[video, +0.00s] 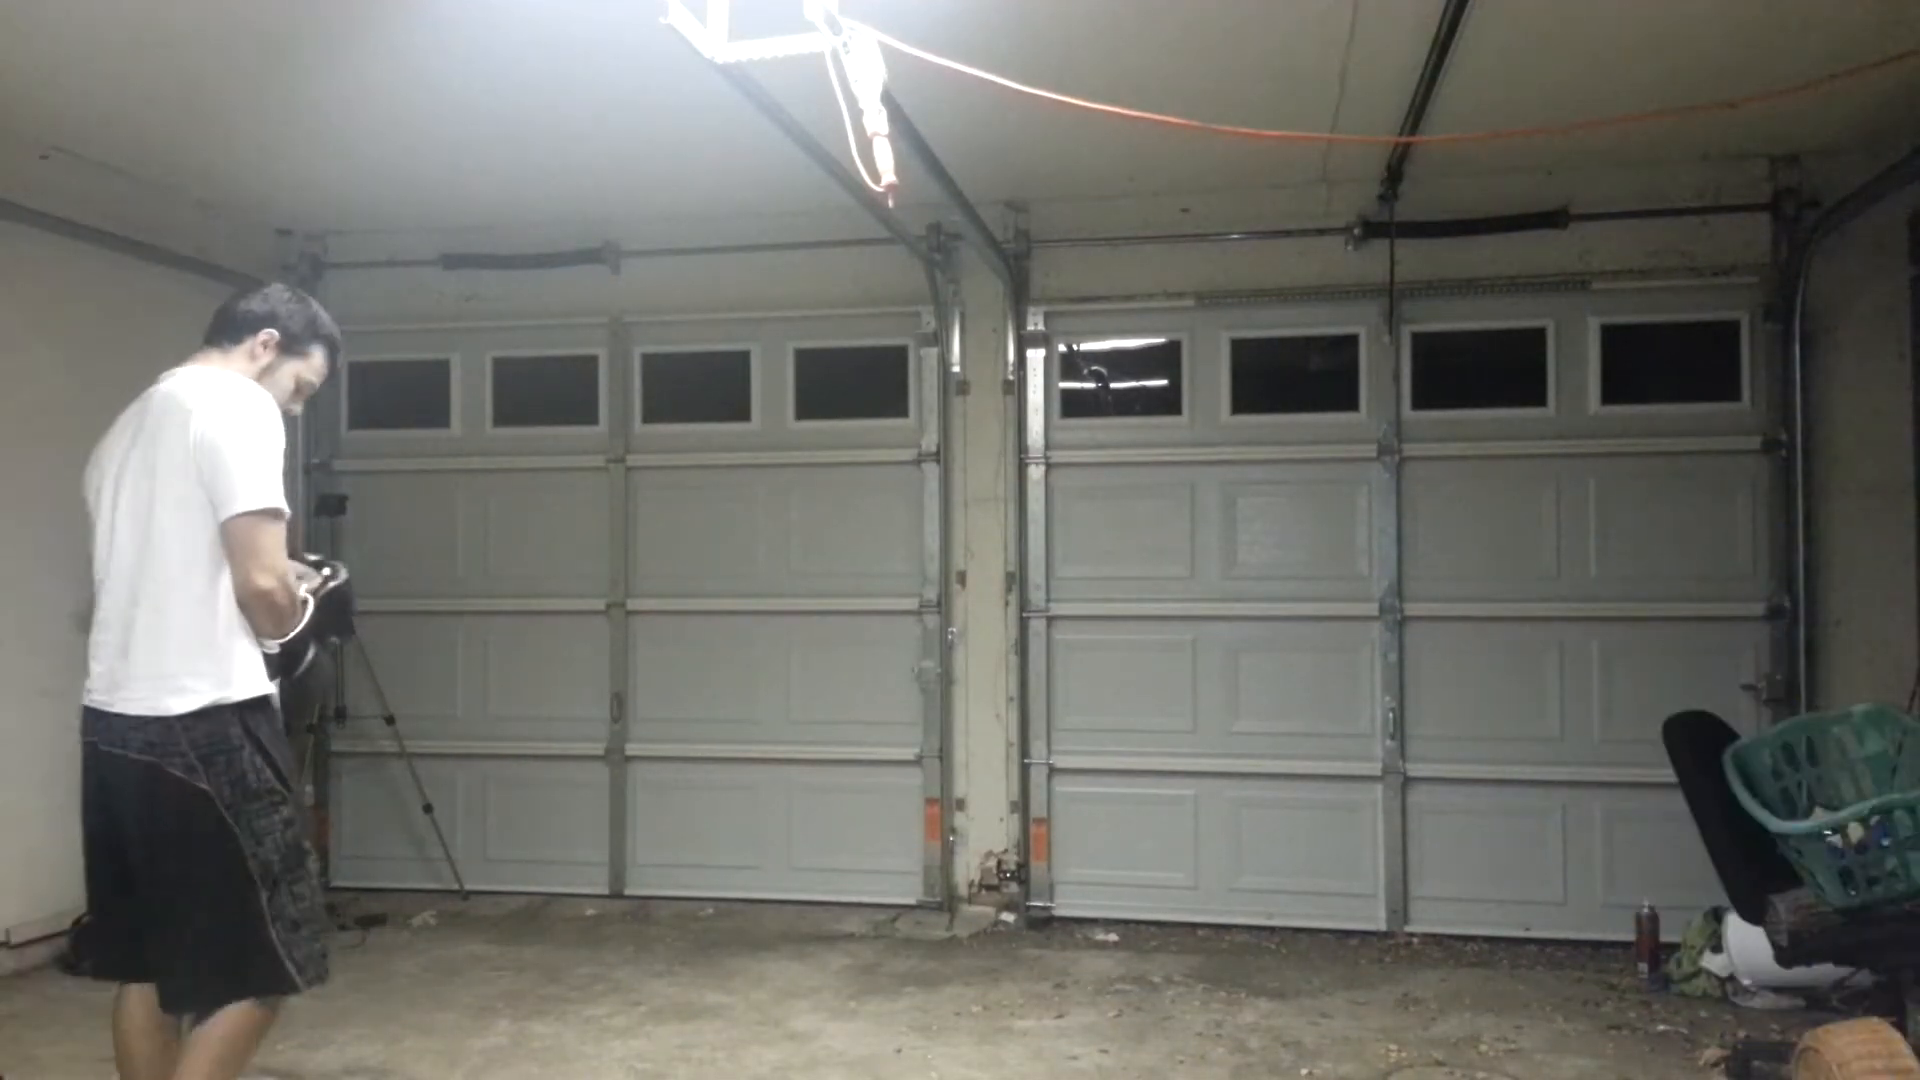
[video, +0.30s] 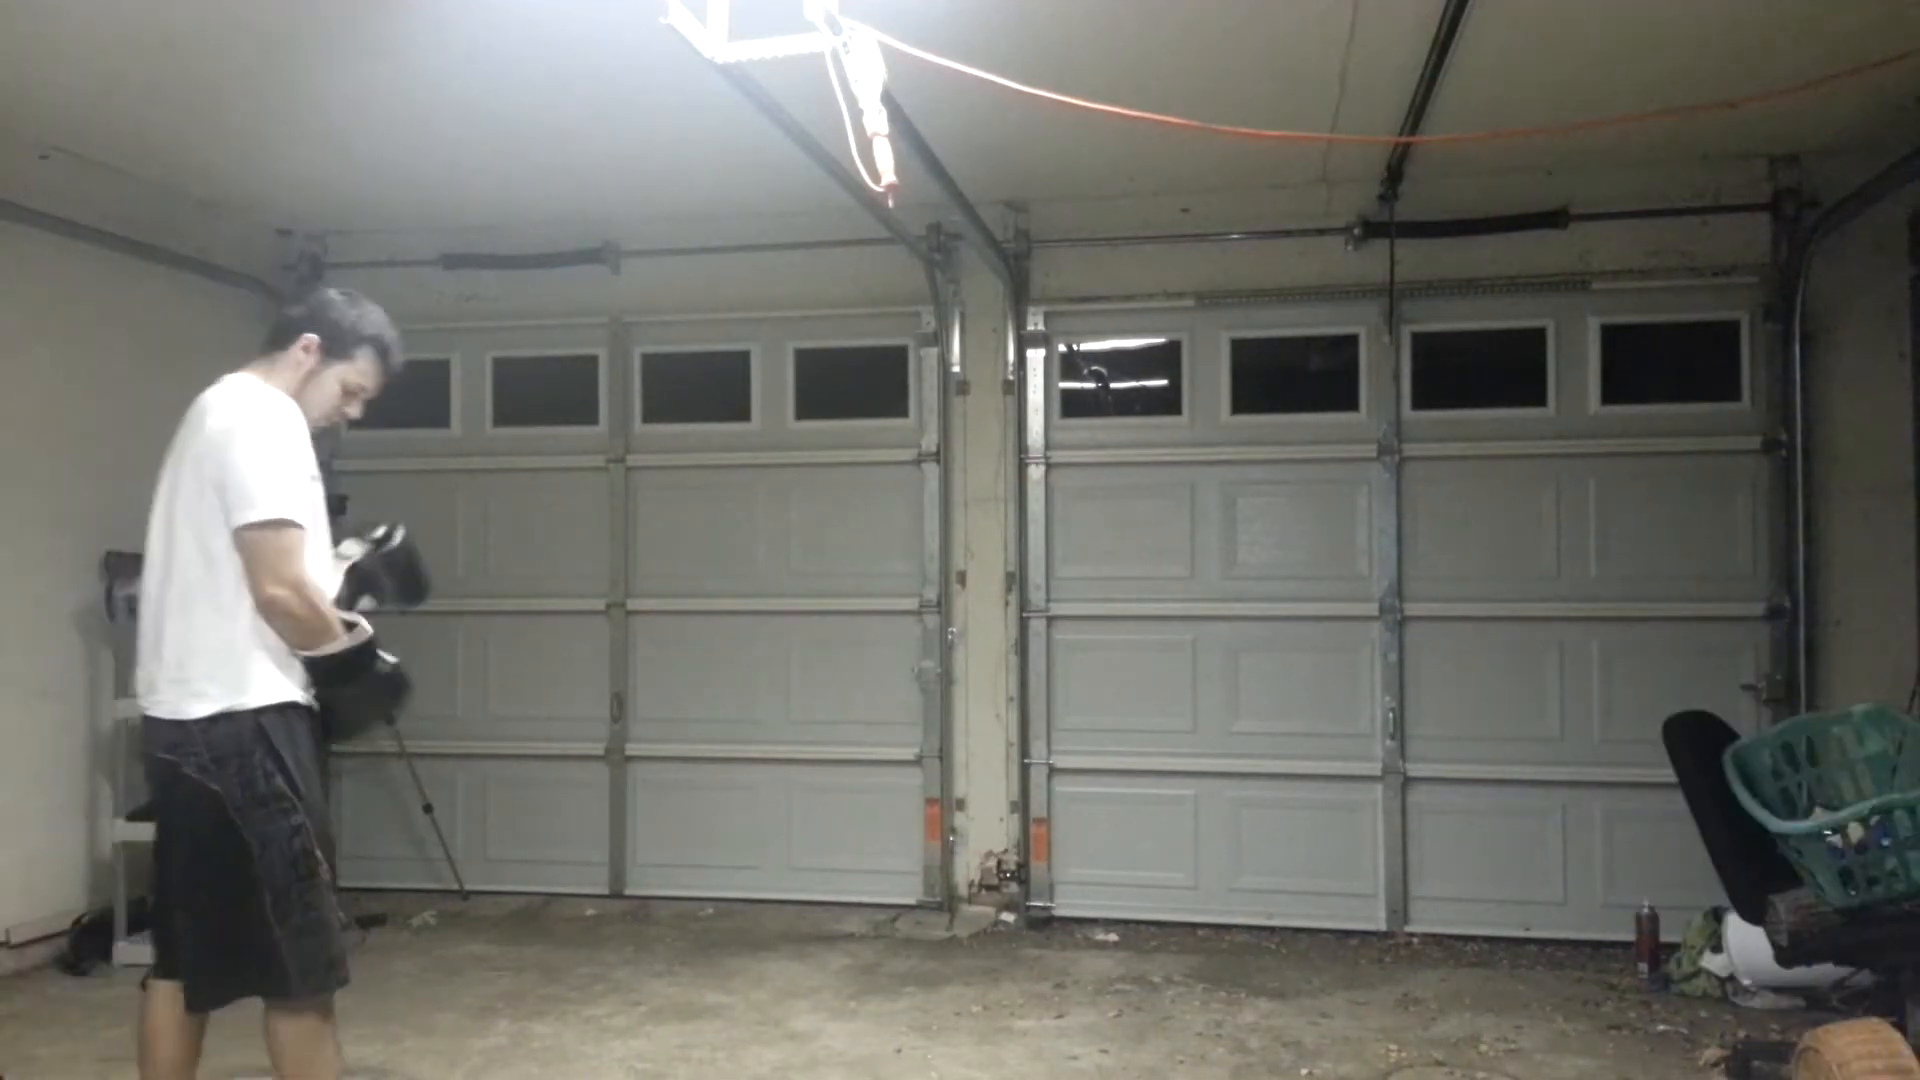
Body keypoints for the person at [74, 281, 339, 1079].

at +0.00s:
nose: (294, 408)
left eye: (306, 394)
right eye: (300, 387)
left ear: (232, 342)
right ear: (265, 344)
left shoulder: (120, 430)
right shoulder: (236, 403)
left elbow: (128, 574)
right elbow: (264, 584)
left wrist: (272, 578)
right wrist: (291, 624)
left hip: (115, 726)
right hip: (204, 728)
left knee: (143, 965)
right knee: (269, 965)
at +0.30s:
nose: (350, 416)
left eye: (360, 405)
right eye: (351, 396)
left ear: (299, 357)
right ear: (308, 351)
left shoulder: (220, 410)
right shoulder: (263, 415)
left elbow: (244, 585)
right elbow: (282, 589)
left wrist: (345, 571)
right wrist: (345, 651)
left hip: (189, 721)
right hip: (241, 726)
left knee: (182, 965)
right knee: (301, 977)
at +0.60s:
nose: (436, 418)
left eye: (446, 406)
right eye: (435, 396)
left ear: (386, 356)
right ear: (391, 352)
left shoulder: (327, 415)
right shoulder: (328, 421)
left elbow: (350, 588)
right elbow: (362, 601)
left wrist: (436, 570)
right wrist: (457, 656)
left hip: (300, 725)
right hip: (314, 732)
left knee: (272, 961)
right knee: (337, 977)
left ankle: (206, 1069)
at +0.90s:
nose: (504, 424)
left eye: (517, 411)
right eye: (506, 401)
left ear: (459, 361)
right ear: (460, 357)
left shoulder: (418, 424)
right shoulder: (390, 419)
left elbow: (397, 574)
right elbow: (418, 598)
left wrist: (483, 561)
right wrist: (525, 652)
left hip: (408, 733)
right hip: (358, 739)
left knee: (435, 958)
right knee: (365, 990)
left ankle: (410, 1069)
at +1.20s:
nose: (561, 423)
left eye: (574, 411)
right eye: (558, 400)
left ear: (518, 369)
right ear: (512, 357)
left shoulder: (509, 451)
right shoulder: (440, 415)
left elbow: (522, 573)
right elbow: (481, 585)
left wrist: (593, 570)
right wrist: (562, 637)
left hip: (507, 727)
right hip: (424, 730)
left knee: (539, 954)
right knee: (411, 985)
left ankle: (553, 1074)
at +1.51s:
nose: (620, 407)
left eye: (632, 394)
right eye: (614, 384)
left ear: (635, 384)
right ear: (569, 347)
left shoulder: (610, 442)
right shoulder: (489, 405)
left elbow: (653, 551)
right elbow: (523, 546)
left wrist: (644, 589)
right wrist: (599, 605)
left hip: (584, 706)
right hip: (491, 701)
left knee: (575, 940)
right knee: (505, 933)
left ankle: (561, 1078)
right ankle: (450, 1070)